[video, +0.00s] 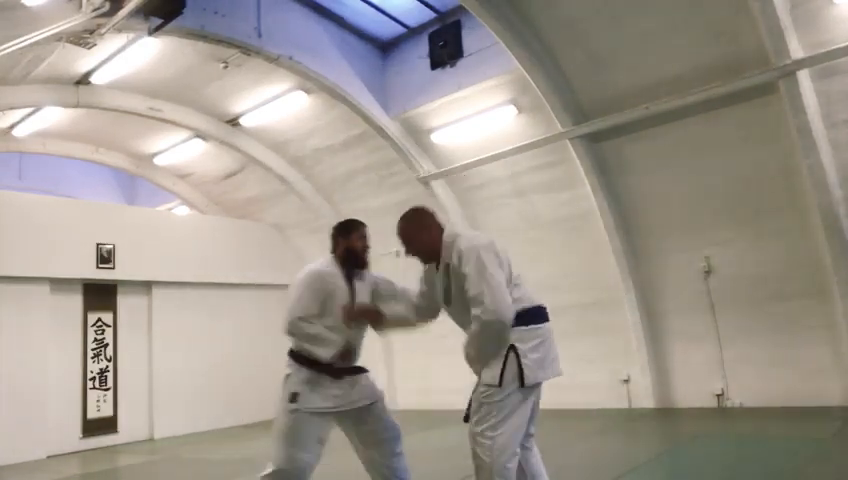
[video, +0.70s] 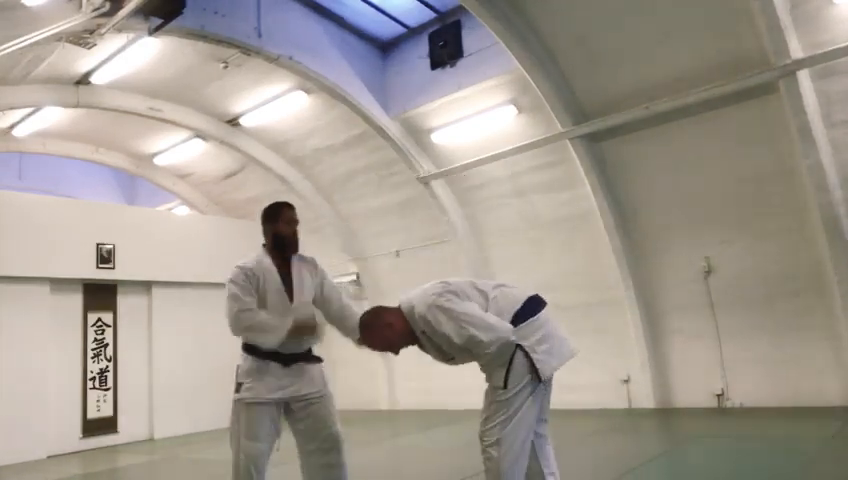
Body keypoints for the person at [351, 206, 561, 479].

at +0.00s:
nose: (408, 252)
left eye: (409, 243)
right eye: (405, 245)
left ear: (428, 231)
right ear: (431, 231)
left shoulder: (472, 249)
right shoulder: (436, 266)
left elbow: (497, 314)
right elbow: (423, 310)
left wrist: (475, 355)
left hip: (522, 340)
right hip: (505, 341)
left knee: (487, 434)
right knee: (518, 440)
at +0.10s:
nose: (404, 277)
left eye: (403, 268)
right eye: (399, 271)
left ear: (416, 252)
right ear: (418, 249)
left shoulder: (464, 259)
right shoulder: (437, 273)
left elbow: (502, 320)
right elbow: (444, 324)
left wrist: (481, 354)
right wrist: (427, 353)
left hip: (524, 342)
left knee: (491, 437)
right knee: (521, 440)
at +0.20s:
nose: (399, 295)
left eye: (397, 287)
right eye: (393, 290)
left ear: (409, 270)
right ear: (410, 266)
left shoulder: (456, 270)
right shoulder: (436, 285)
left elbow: (505, 325)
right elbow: (462, 337)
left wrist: (480, 361)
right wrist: (476, 368)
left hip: (526, 342)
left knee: (496, 438)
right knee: (521, 437)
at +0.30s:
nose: (396, 309)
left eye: (394, 302)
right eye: (390, 305)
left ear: (404, 286)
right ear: (406, 281)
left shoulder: (450, 282)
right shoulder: (429, 290)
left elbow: (507, 328)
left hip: (527, 343)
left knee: (499, 441)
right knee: (522, 440)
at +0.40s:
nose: (395, 328)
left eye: (390, 320)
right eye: (388, 324)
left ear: (398, 300)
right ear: (398, 297)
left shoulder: (443, 292)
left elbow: (505, 333)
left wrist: (496, 370)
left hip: (528, 343)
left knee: (499, 439)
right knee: (527, 437)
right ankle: (542, 478)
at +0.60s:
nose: (392, 346)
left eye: (386, 340)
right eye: (385, 343)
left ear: (392, 318)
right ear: (391, 315)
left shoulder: (435, 303)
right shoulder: (423, 310)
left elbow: (502, 336)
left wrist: (496, 373)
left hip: (524, 339)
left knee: (498, 439)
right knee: (529, 434)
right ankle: (546, 475)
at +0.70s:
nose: (389, 352)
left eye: (383, 346)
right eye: (382, 350)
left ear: (389, 325)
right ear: (389, 322)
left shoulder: (431, 308)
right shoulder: (422, 315)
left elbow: (500, 338)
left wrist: (495, 376)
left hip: (523, 340)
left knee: (497, 438)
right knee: (531, 434)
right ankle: (547, 476)